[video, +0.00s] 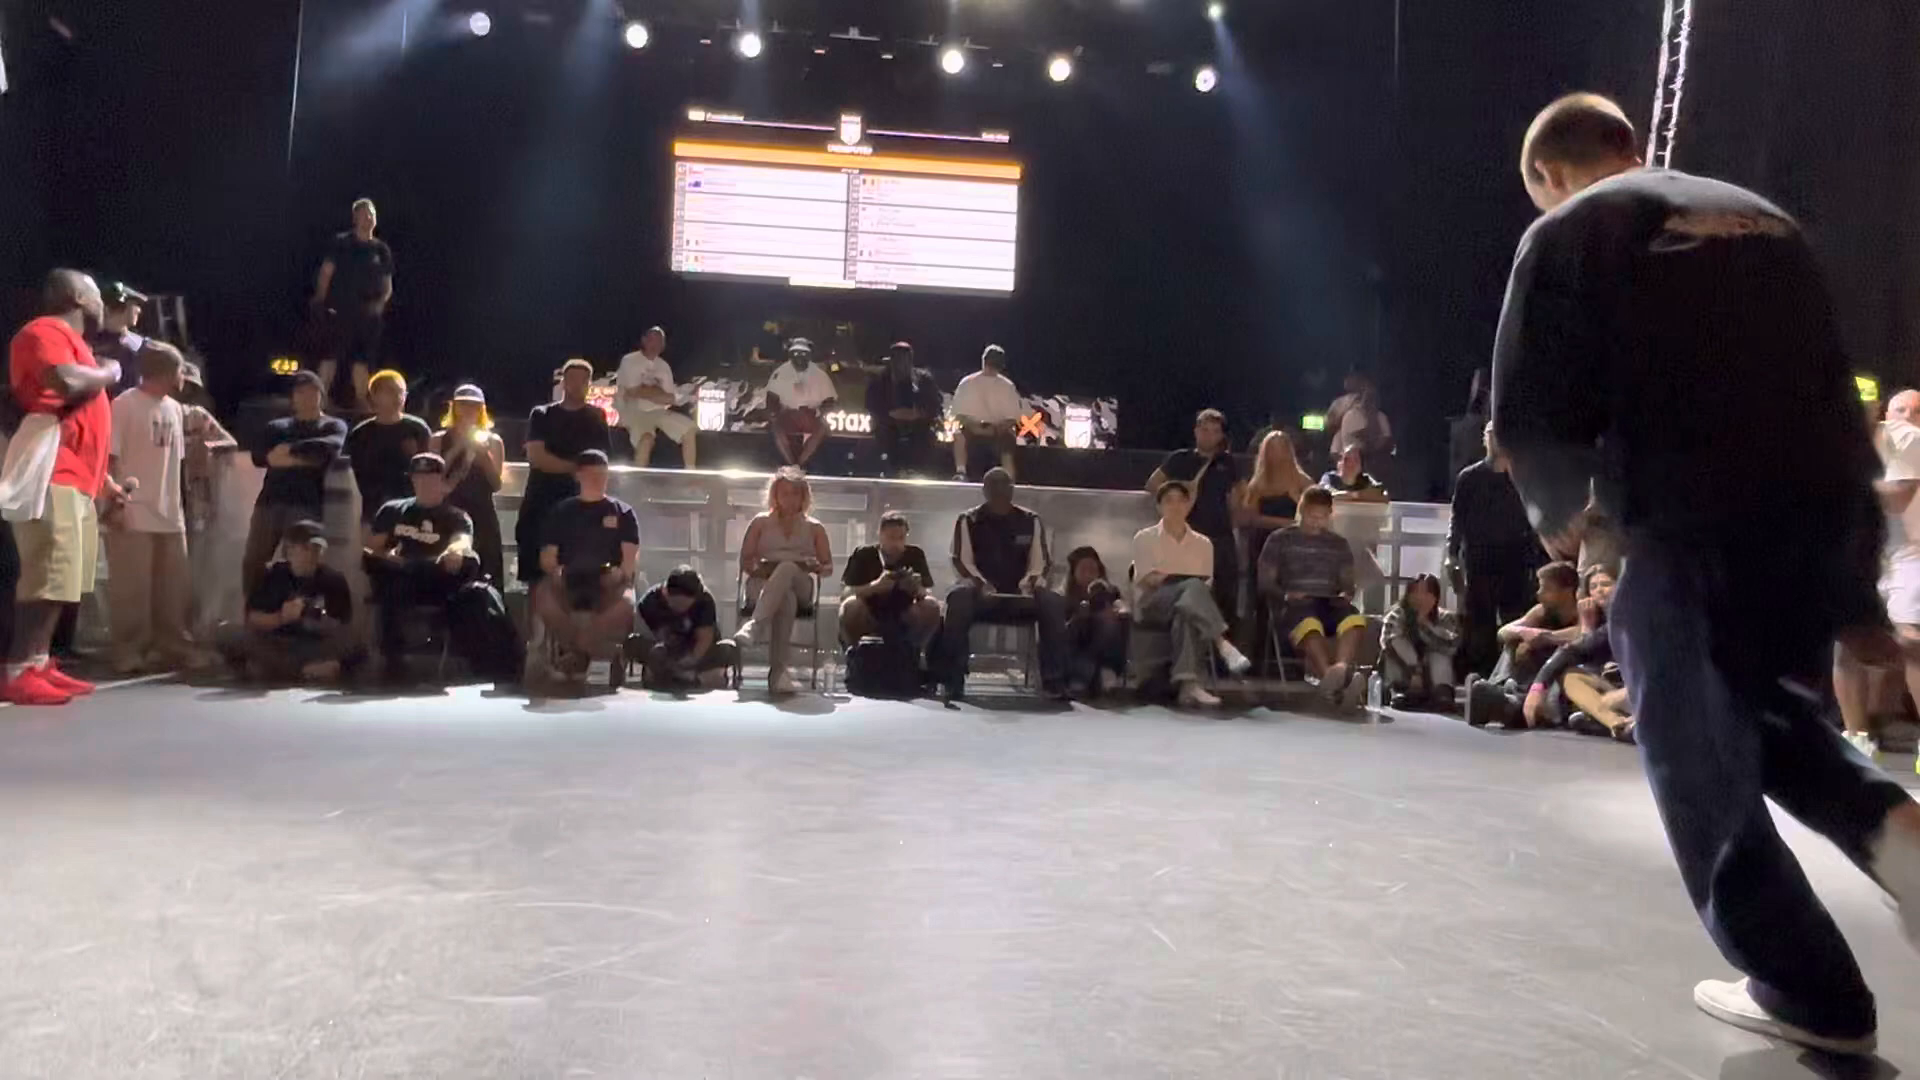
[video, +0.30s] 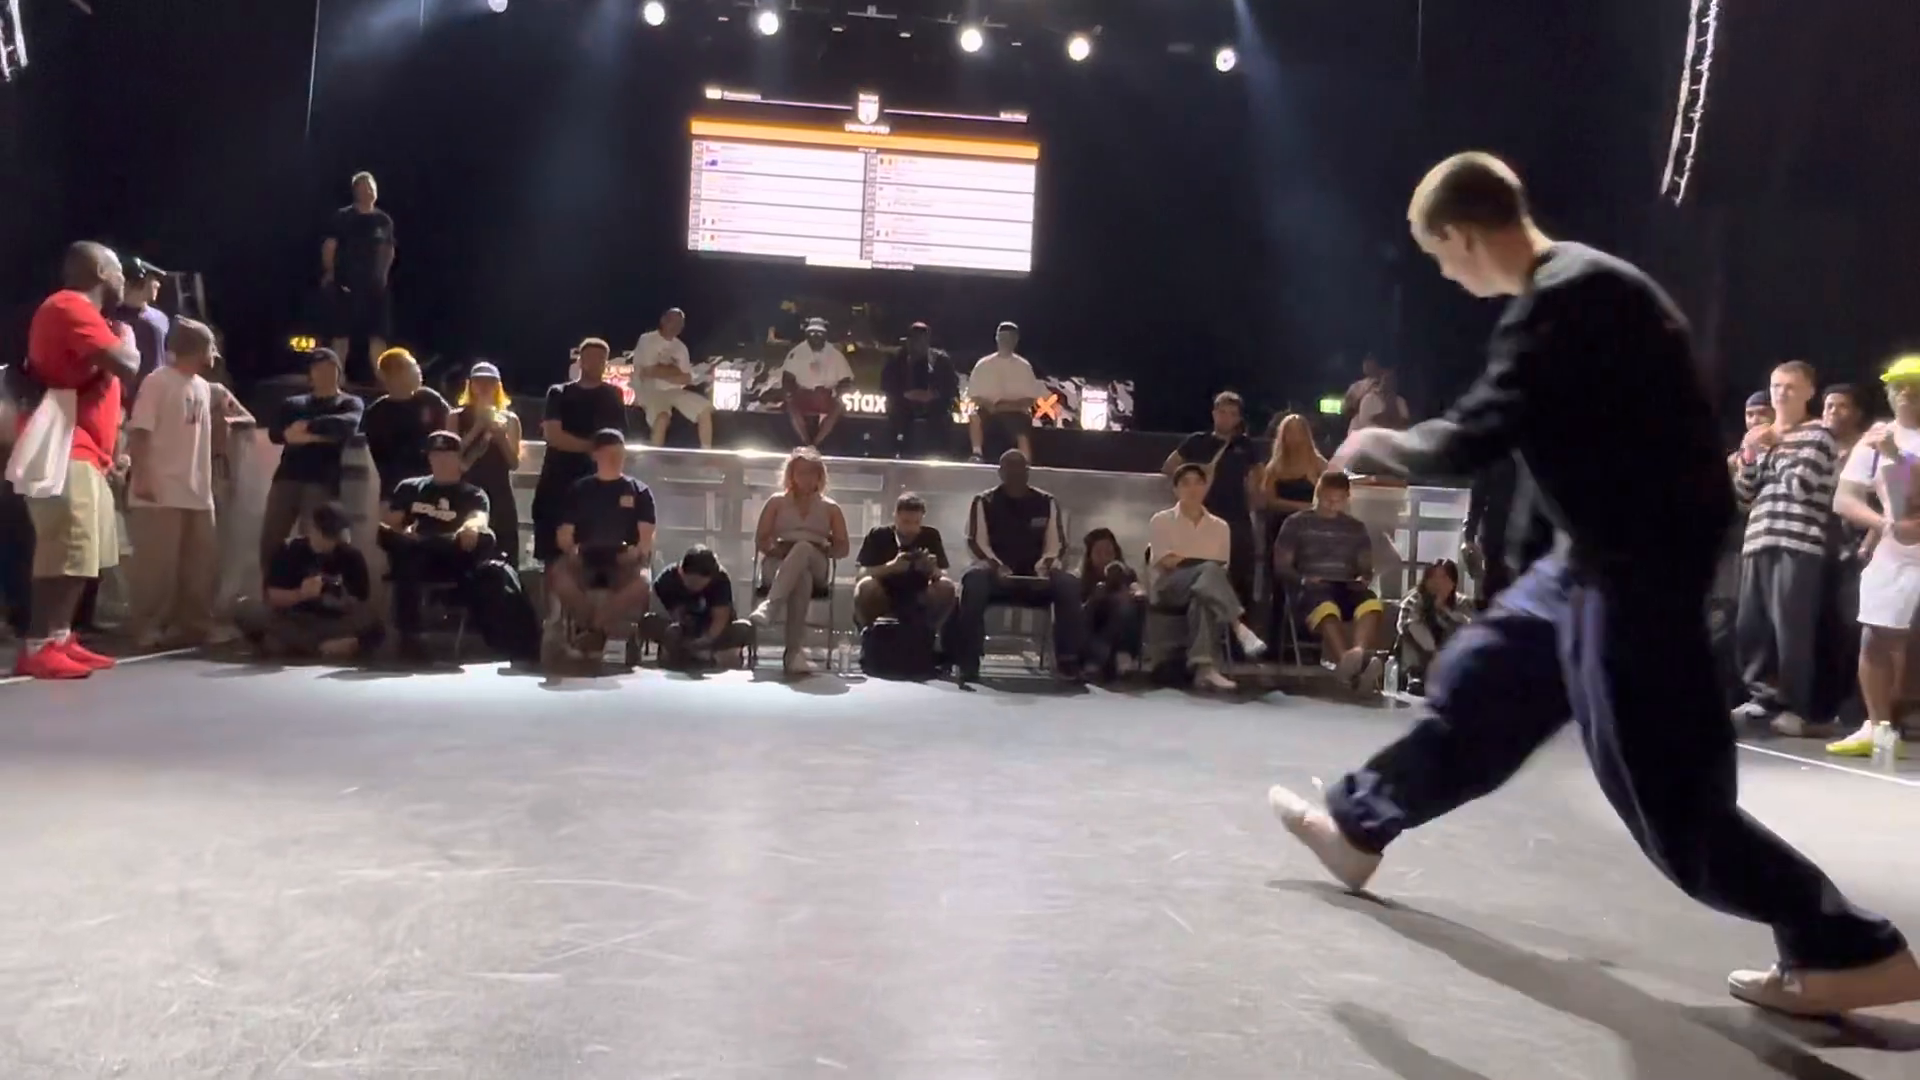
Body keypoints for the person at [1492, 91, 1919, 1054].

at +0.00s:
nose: (1546, 208)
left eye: (1541, 197)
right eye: (1543, 198)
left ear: (1553, 180)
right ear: (1636, 146)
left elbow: (1530, 424)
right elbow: (1829, 388)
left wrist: (1561, 532)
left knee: (1702, 777)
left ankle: (1816, 1003)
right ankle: (1891, 831)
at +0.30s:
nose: (1448, 275)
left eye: (1442, 257)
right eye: (1439, 259)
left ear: (1469, 237)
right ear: (1509, 216)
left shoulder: (1559, 307)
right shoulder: (1578, 283)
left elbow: (1472, 440)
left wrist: (1373, 447)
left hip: (1633, 574)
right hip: (1586, 557)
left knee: (1672, 807)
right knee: (1480, 682)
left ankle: (1852, 949)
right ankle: (1358, 826)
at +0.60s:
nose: (1296, 292)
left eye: (1289, 277)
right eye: (1288, 281)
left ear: (1303, 254)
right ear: (1341, 235)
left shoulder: (1363, 299)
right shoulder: (1395, 279)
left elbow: (1292, 422)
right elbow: (1430, 389)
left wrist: (1226, 522)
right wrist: (1376, 465)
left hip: (1436, 502)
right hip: (1396, 492)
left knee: (1338, 644)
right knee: (1296, 612)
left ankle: (1422, 786)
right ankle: (1322, 797)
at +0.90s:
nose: (1171, 325)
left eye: (1167, 312)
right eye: (1166, 314)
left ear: (1178, 294)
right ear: (1225, 284)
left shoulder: (1198, 341)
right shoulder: (1294, 331)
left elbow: (1225, 466)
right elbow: (1332, 450)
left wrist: (1267, 574)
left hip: (1270, 525)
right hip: (1328, 517)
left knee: (1232, 660)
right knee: (1203, 615)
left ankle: (1357, 759)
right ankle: (1179, 761)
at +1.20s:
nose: (1045, 414)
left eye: (1046, 404)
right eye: (1047, 406)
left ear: (1058, 393)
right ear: (1107, 384)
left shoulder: (1053, 409)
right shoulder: (1168, 401)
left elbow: (1027, 508)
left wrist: (1040, 614)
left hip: (1116, 513)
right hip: (1198, 523)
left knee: (1025, 631)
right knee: (1127, 623)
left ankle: (996, 754)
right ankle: (1142, 744)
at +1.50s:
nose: (1021, 390)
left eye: (1024, 382)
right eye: (1020, 383)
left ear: (1050, 378)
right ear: (1114, 374)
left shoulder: (1045, 391)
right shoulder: (1150, 392)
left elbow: (994, 493)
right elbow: (1164, 477)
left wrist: (971, 582)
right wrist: (1118, 555)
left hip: (1076, 482)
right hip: (1159, 489)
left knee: (1018, 602)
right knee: (1131, 613)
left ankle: (986, 735)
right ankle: (1153, 736)